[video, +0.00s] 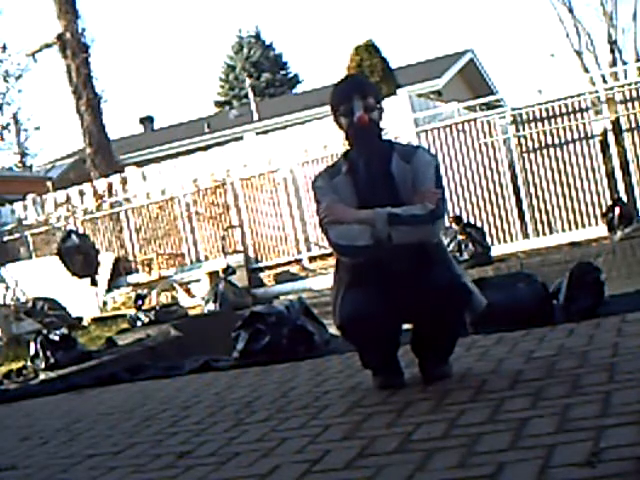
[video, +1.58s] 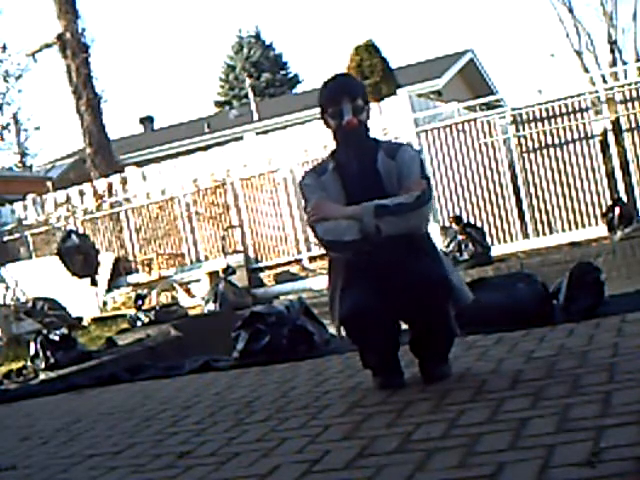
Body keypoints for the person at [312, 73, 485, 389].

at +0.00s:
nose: (361, 118)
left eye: (368, 107)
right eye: (349, 112)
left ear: (381, 110)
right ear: (338, 121)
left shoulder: (417, 159)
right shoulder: (327, 182)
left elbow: (433, 224)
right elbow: (344, 242)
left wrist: (356, 216)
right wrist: (413, 213)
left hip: (423, 266)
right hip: (365, 278)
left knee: (446, 296)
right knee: (359, 316)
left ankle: (434, 358)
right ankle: (384, 367)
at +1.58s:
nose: (349, 121)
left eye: (357, 109)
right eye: (337, 113)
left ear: (368, 110)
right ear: (326, 119)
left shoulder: (402, 156)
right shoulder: (315, 179)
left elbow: (419, 217)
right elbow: (329, 235)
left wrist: (344, 212)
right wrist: (399, 208)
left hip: (413, 260)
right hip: (359, 273)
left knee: (430, 292)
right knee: (362, 313)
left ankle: (434, 361)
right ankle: (385, 370)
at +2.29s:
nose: (354, 97)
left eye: (360, 86)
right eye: (342, 91)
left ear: (372, 87)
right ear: (331, 99)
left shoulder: (407, 131)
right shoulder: (326, 159)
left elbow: (421, 165)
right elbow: (330, 201)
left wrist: (345, 177)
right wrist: (388, 179)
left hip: (418, 244)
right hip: (364, 256)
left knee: (420, 292)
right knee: (371, 296)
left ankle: (436, 362)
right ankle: (383, 368)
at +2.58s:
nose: (357, 98)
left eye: (363, 87)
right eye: (345, 92)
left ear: (375, 86)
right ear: (335, 101)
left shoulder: (416, 131)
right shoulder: (333, 157)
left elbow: (433, 169)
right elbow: (335, 198)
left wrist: (361, 175)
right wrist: (397, 180)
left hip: (420, 239)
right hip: (366, 250)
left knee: (435, 292)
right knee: (376, 299)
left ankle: (438, 360)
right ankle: (376, 361)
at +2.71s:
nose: (355, 102)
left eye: (361, 90)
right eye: (343, 95)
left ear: (374, 92)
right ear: (331, 103)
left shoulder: (411, 139)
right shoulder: (326, 166)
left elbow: (429, 179)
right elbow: (330, 207)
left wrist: (350, 183)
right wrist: (399, 185)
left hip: (424, 244)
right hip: (369, 260)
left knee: (439, 266)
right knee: (375, 292)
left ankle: (448, 355)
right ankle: (398, 370)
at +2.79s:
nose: (356, 116)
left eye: (364, 105)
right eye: (345, 109)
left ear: (375, 106)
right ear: (332, 117)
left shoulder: (411, 156)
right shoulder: (325, 183)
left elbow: (430, 203)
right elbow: (335, 232)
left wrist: (350, 207)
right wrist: (400, 216)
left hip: (434, 264)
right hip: (372, 285)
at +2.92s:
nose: (361, 112)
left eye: (368, 101)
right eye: (348, 106)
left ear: (379, 103)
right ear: (336, 114)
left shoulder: (414, 153)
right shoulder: (323, 178)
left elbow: (430, 200)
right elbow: (341, 234)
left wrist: (353, 207)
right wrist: (407, 215)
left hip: (433, 263)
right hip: (376, 280)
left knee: (459, 290)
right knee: (397, 310)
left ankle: (475, 335)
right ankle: (401, 373)